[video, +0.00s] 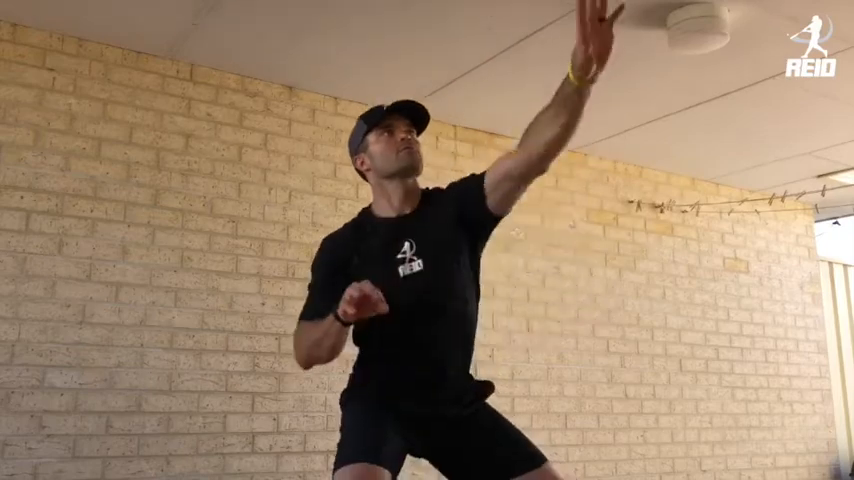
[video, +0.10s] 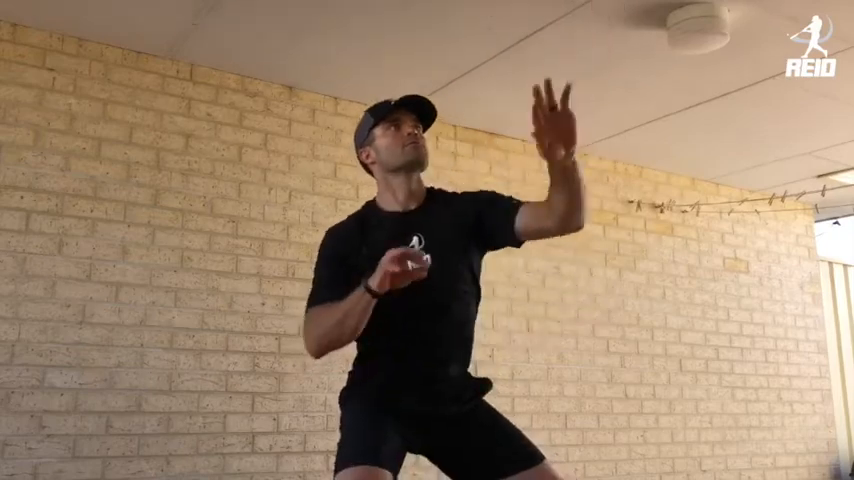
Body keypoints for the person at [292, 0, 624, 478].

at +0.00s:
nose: (406, 136)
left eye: (411, 131)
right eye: (387, 131)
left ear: (422, 152)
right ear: (362, 162)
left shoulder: (460, 209)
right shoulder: (343, 247)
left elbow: (530, 158)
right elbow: (307, 354)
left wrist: (581, 75)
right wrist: (340, 317)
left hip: (454, 404)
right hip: (379, 405)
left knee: (543, 475)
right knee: (360, 475)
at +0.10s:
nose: (413, 130)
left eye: (417, 125)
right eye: (394, 126)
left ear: (426, 144)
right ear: (368, 156)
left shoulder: (467, 212)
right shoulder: (346, 238)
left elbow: (564, 218)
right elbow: (316, 340)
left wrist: (561, 161)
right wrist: (372, 287)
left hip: (454, 400)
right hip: (378, 403)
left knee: (542, 476)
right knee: (362, 475)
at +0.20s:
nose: (431, 130)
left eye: (435, 126)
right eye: (412, 125)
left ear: (443, 144)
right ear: (385, 154)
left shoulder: (477, 221)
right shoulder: (365, 228)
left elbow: (565, 284)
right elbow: (347, 309)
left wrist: (560, 252)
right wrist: (421, 238)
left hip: (456, 400)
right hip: (382, 402)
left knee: (545, 475)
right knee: (372, 474)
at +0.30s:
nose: (457, 136)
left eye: (462, 132)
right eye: (439, 132)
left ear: (472, 149)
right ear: (412, 160)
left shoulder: (492, 240)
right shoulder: (396, 218)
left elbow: (532, 316)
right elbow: (411, 252)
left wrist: (555, 298)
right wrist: (478, 185)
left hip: (461, 405)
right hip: (393, 402)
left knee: (551, 475)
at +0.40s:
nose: (481, 144)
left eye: (483, 139)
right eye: (463, 138)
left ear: (492, 154)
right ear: (435, 165)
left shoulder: (495, 252)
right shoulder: (426, 216)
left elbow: (508, 328)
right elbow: (493, 201)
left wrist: (548, 319)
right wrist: (571, 124)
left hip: (467, 407)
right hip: (403, 406)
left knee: (560, 476)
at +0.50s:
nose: (493, 146)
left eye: (497, 141)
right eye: (474, 140)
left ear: (502, 160)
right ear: (447, 165)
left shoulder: (501, 252)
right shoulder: (438, 215)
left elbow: (512, 335)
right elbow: (515, 205)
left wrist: (552, 314)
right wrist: (596, 144)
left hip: (472, 406)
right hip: (412, 406)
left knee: (563, 476)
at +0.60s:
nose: (496, 146)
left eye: (499, 141)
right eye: (479, 140)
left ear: (508, 159)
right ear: (451, 164)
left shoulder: (509, 251)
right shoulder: (434, 216)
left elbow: (548, 331)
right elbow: (475, 253)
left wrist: (568, 286)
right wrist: (567, 202)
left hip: (477, 406)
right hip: (414, 405)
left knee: (565, 475)